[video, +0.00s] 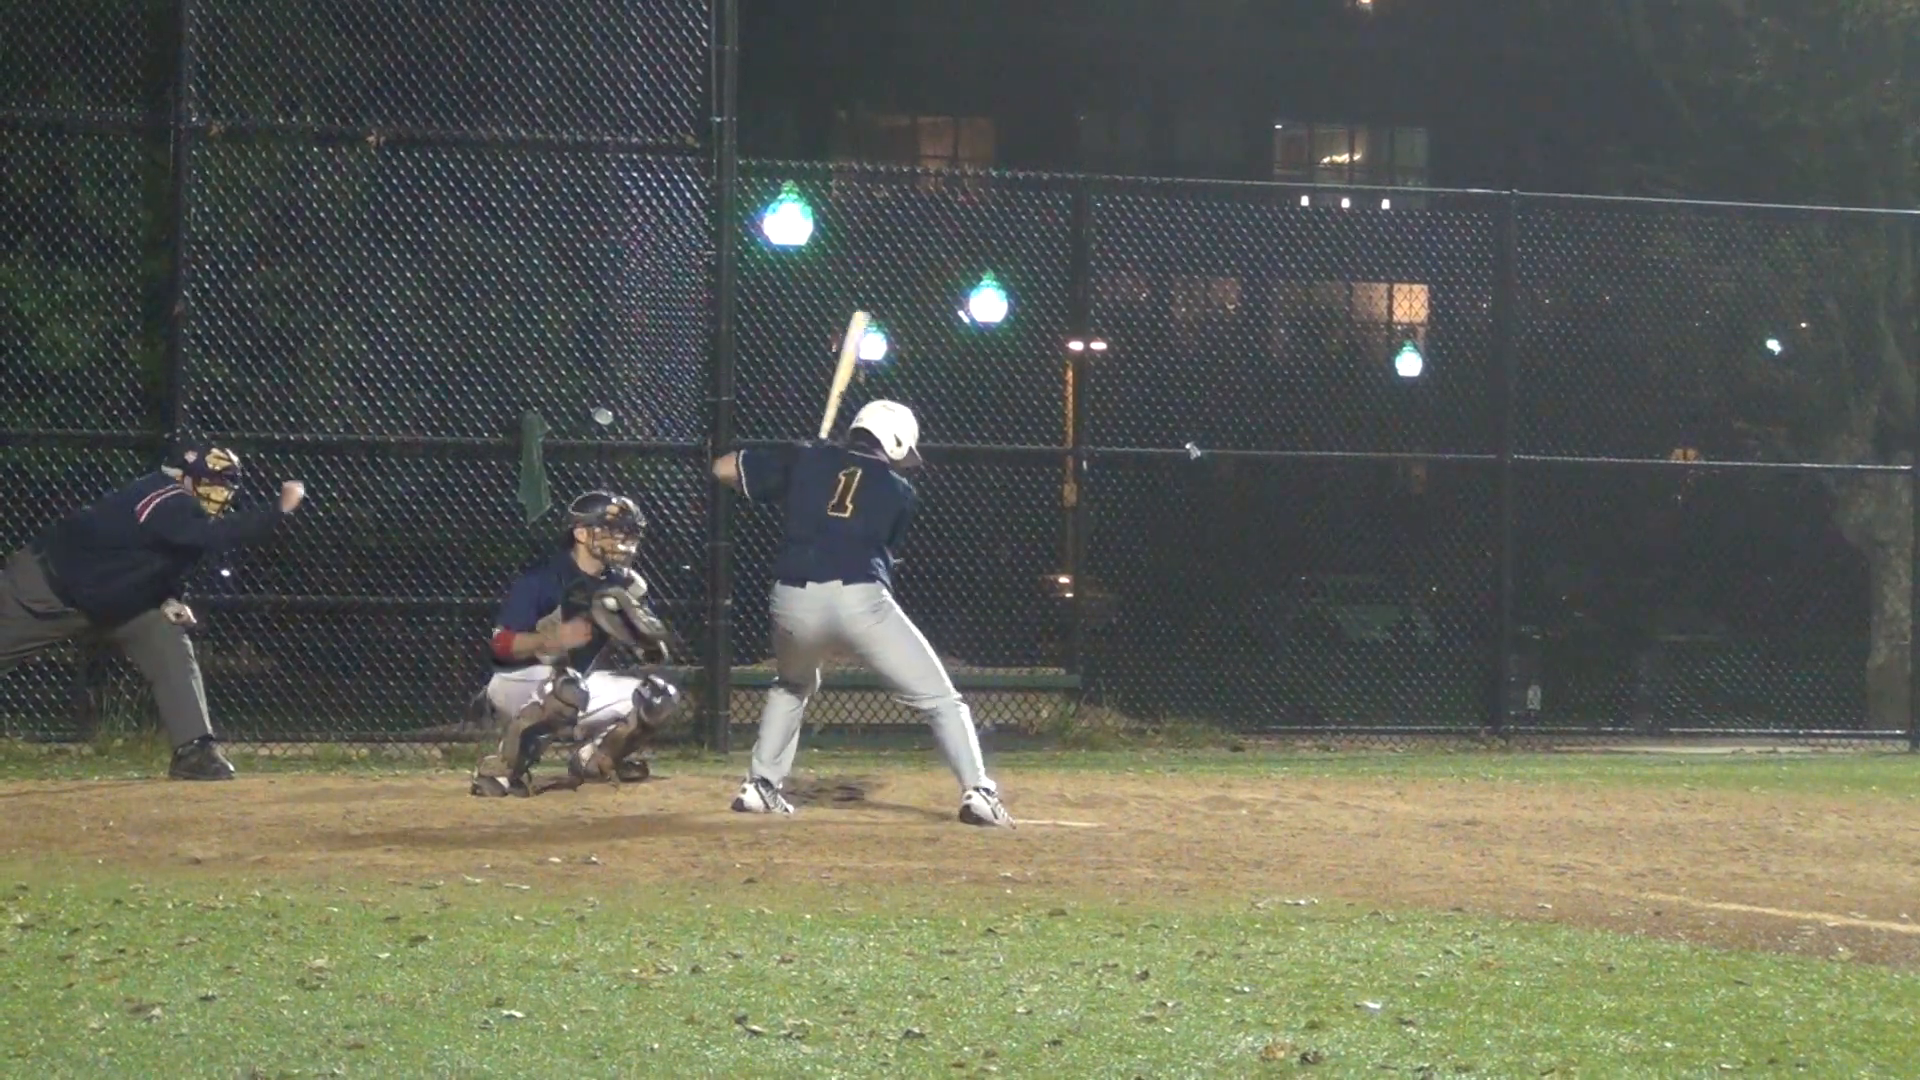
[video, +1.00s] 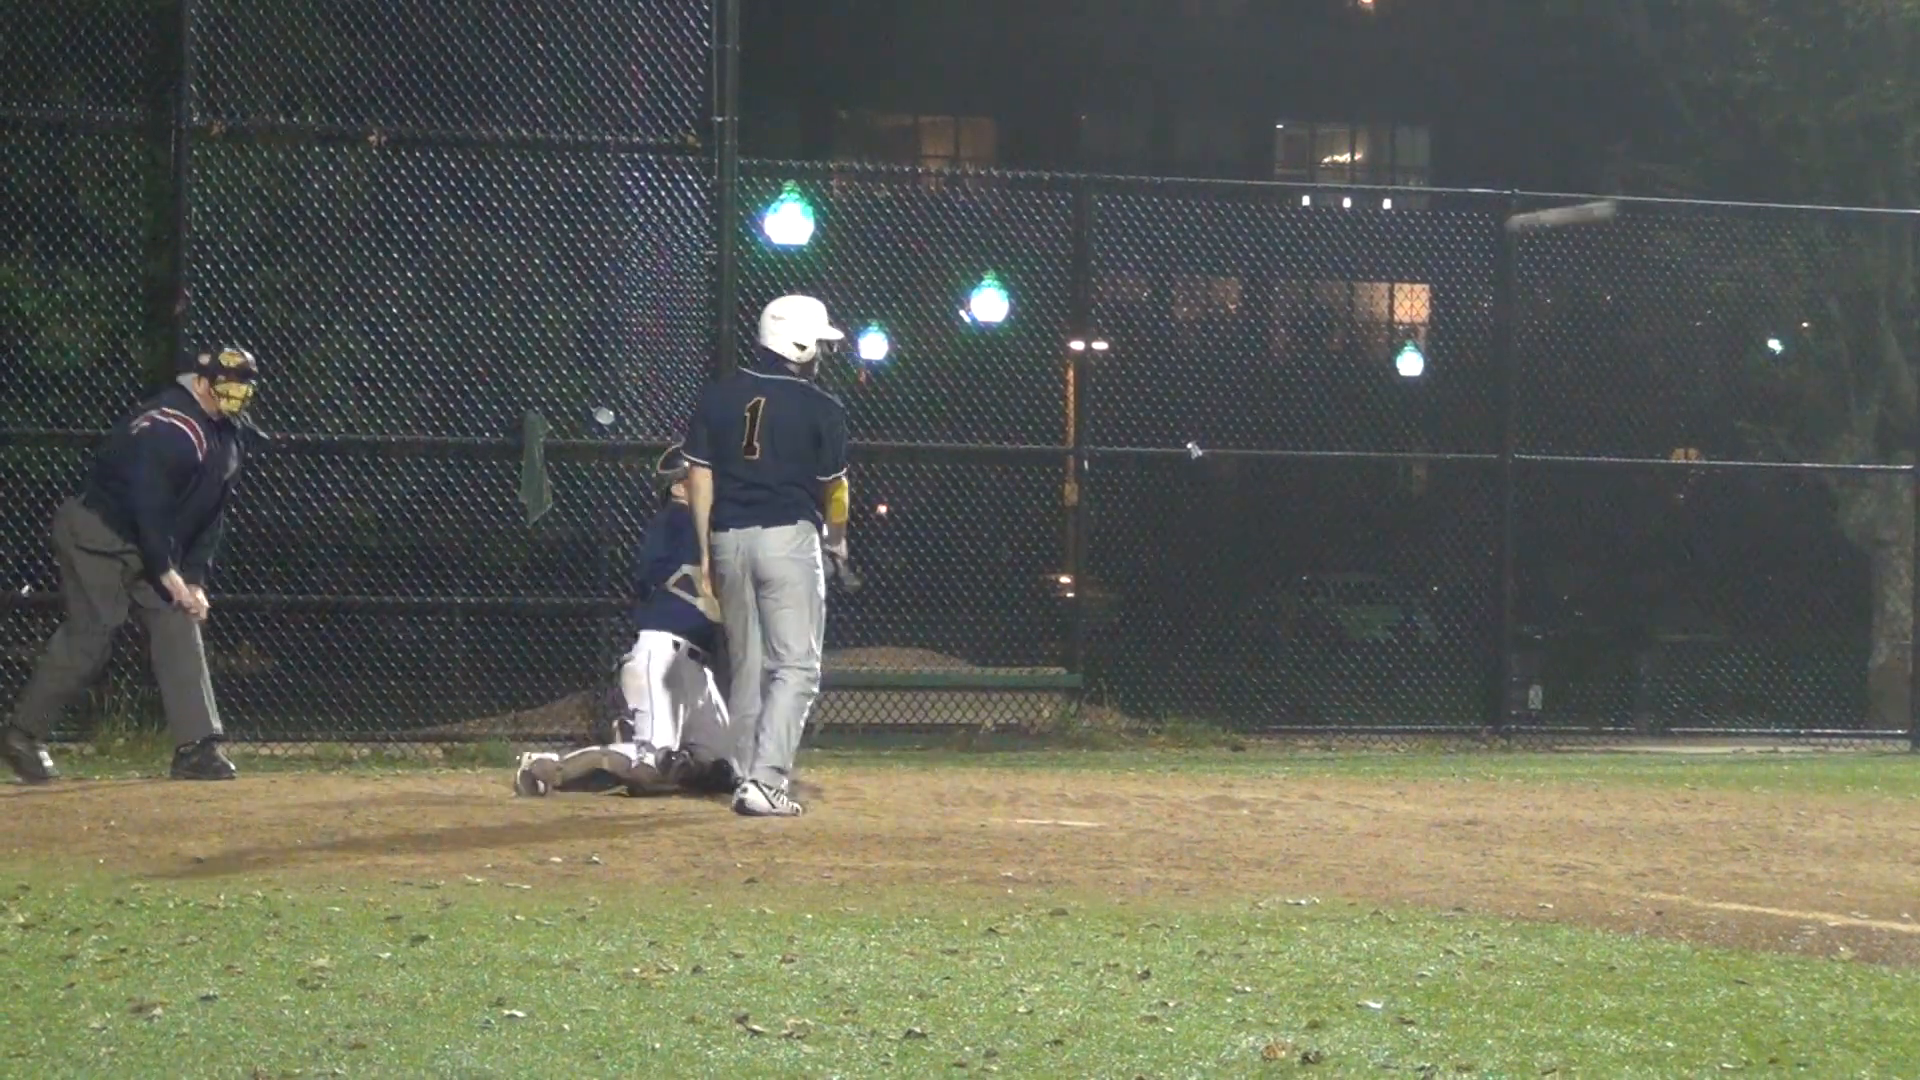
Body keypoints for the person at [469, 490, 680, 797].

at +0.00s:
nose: (621, 539)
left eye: (624, 532)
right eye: (610, 530)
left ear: (631, 536)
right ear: (581, 534)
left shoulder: (621, 584)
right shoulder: (542, 580)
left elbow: (655, 652)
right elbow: (501, 645)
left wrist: (637, 626)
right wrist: (555, 638)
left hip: (579, 681)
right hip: (515, 679)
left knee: (657, 695)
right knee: (569, 690)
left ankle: (593, 761)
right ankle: (501, 770)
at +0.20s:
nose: (625, 521)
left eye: (629, 513)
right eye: (613, 511)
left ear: (637, 518)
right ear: (585, 515)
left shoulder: (639, 566)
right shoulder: (551, 564)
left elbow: (667, 638)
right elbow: (522, 641)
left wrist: (639, 606)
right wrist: (548, 611)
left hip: (600, 676)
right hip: (540, 668)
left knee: (678, 707)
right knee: (569, 685)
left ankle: (608, 752)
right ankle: (500, 767)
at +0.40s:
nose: (640, 510)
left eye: (645, 502)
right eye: (628, 501)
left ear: (654, 505)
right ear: (600, 505)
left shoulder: (658, 554)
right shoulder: (570, 550)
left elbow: (716, 599)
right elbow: (518, 602)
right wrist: (496, 551)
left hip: (632, 673)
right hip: (575, 662)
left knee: (696, 725)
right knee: (571, 682)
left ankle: (626, 749)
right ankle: (502, 765)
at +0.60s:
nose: (644, 497)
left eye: (651, 490)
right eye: (635, 489)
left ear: (662, 496)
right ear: (616, 497)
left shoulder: (674, 543)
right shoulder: (584, 532)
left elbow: (712, 581)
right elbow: (526, 510)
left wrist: (692, 540)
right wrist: (534, 456)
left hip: (655, 674)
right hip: (598, 658)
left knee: (716, 771)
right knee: (581, 703)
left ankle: (646, 758)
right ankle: (507, 769)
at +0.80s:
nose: (685, 492)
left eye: (688, 484)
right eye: (674, 485)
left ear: (699, 490)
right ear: (656, 494)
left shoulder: (711, 541)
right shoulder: (647, 522)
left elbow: (727, 622)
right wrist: (559, 464)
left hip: (685, 674)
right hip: (644, 655)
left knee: (725, 774)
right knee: (612, 744)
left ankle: (634, 765)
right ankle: (515, 774)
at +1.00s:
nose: (698, 482)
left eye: (699, 475)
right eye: (689, 476)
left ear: (710, 483)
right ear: (675, 488)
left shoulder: (720, 532)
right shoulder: (672, 521)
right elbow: (655, 569)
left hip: (697, 666)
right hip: (657, 654)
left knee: (725, 764)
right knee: (651, 764)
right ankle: (547, 768)